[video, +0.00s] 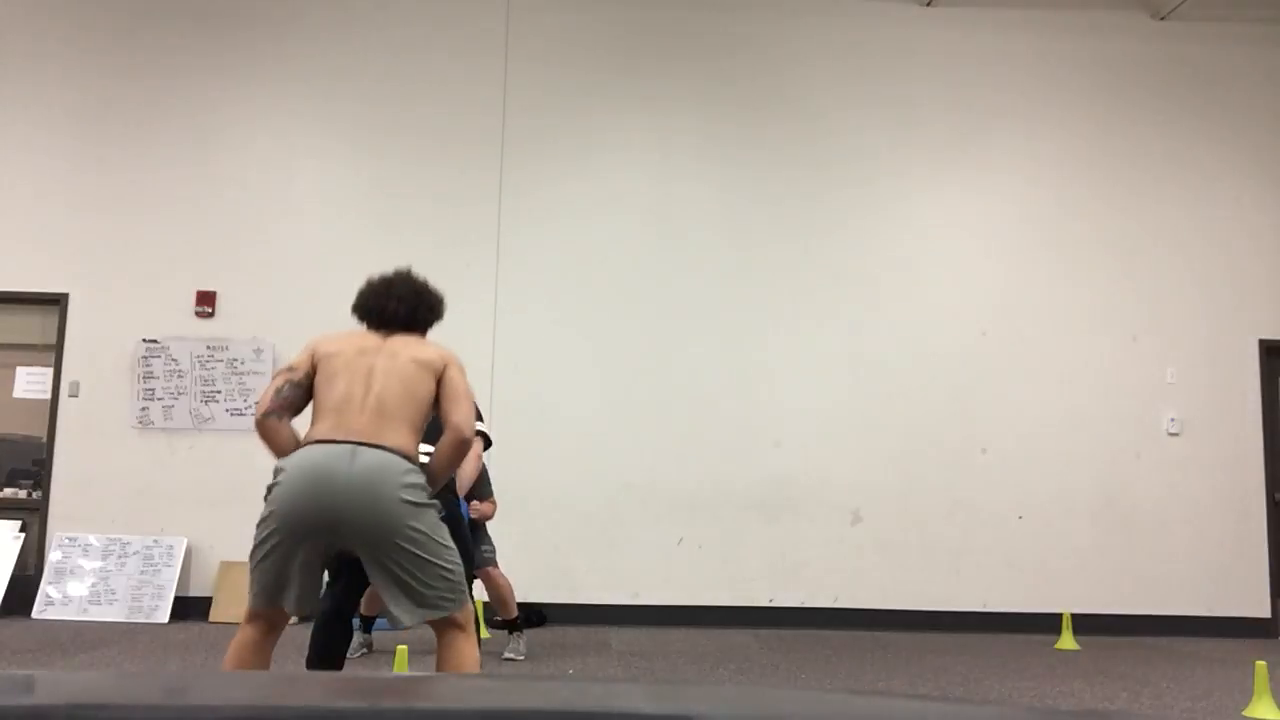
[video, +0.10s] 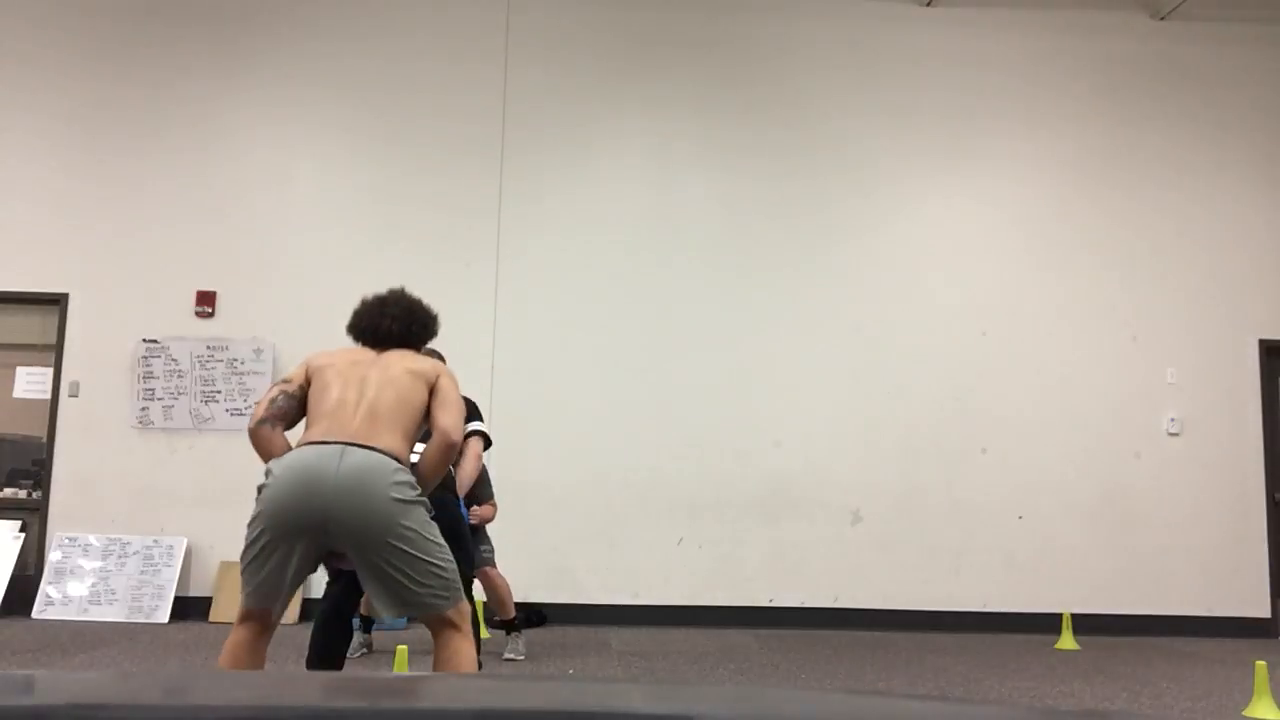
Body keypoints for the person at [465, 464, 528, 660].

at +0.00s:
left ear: (481, 444)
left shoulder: (475, 465)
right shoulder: (429, 468)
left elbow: (489, 505)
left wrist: (480, 510)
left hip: (468, 525)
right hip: (436, 526)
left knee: (487, 569)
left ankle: (515, 633)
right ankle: (465, 642)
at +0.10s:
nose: (459, 439)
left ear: (477, 443)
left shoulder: (475, 467)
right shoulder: (429, 468)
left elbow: (489, 506)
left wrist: (482, 514)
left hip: (469, 526)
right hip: (438, 527)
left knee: (486, 570)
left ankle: (513, 633)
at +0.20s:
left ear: (464, 439)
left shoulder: (475, 467)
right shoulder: (427, 468)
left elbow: (490, 505)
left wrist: (482, 515)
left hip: (470, 527)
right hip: (439, 528)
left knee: (485, 569)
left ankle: (512, 634)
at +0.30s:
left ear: (479, 444)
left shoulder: (475, 468)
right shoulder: (430, 468)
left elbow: (491, 503)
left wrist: (482, 515)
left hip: (469, 526)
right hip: (438, 527)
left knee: (485, 569)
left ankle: (511, 634)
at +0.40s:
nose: (428, 385)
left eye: (434, 377)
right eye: (422, 379)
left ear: (443, 375)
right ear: (413, 377)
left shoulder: (463, 406)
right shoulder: (401, 408)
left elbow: (473, 456)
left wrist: (450, 498)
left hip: (455, 501)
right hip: (409, 501)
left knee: (483, 568)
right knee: (369, 557)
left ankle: (511, 632)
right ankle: (362, 632)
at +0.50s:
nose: (425, 384)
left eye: (431, 375)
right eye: (419, 377)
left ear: (442, 374)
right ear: (412, 375)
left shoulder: (463, 406)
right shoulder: (401, 407)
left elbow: (473, 455)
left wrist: (451, 498)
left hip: (457, 501)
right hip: (411, 500)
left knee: (485, 568)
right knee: (366, 557)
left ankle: (510, 633)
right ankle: (362, 632)